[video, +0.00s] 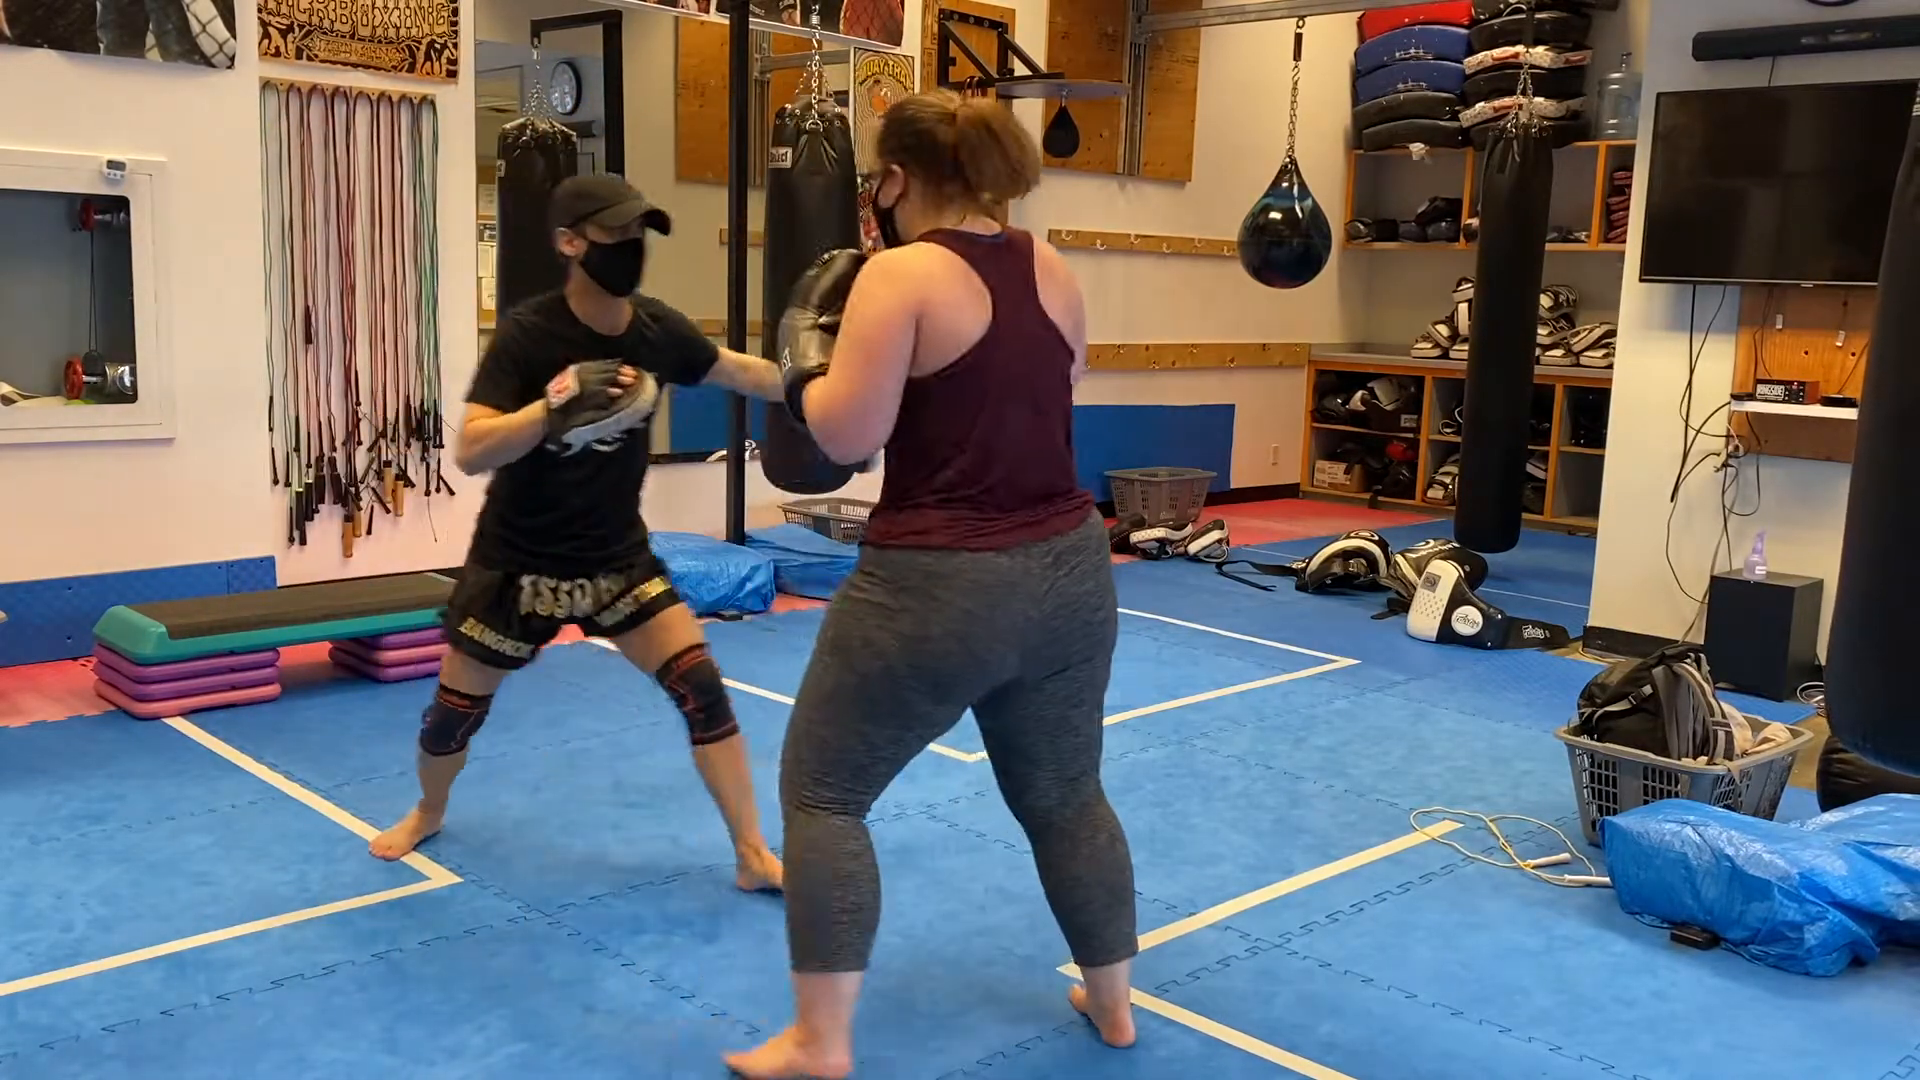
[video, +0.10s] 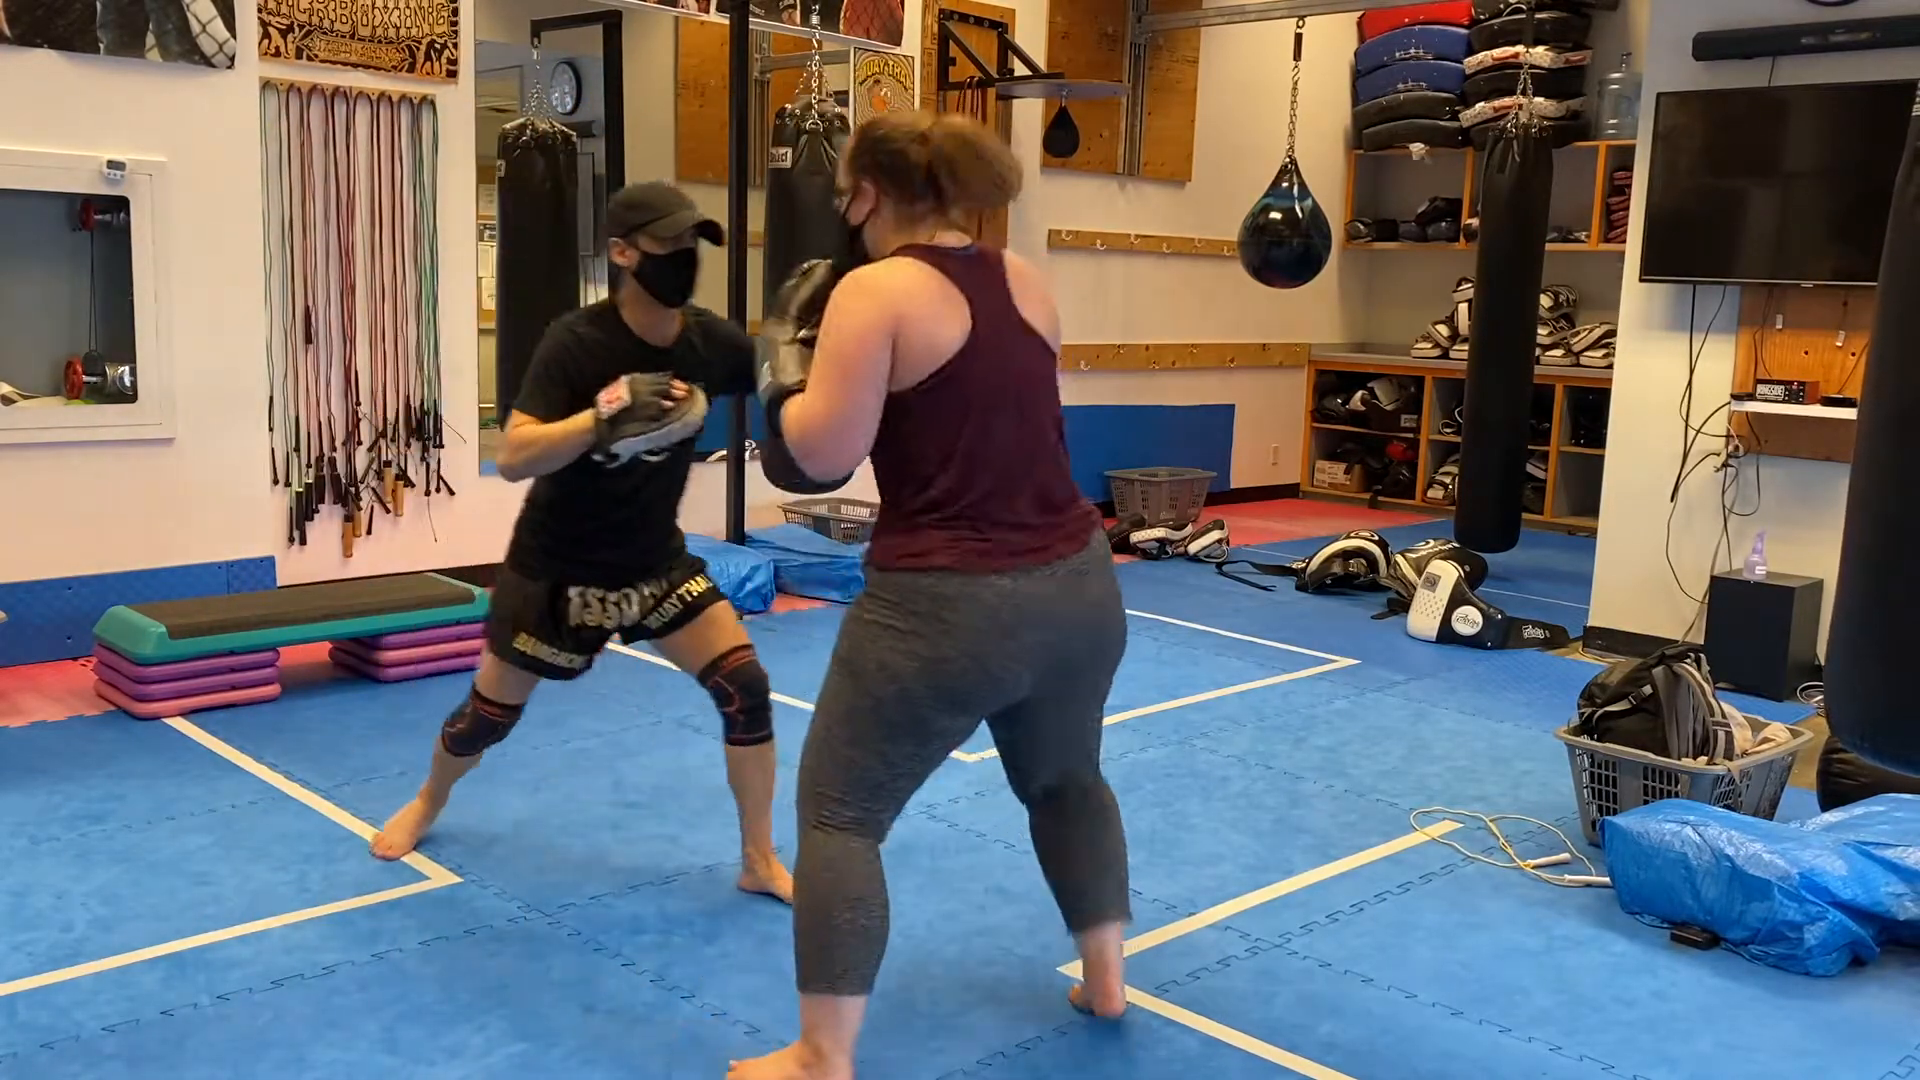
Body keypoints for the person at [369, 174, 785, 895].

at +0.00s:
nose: (636, 248)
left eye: (639, 235)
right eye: (618, 237)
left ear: (642, 237)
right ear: (570, 243)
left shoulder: (658, 331)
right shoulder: (528, 332)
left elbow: (746, 373)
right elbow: (472, 448)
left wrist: (818, 376)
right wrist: (558, 408)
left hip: (617, 554)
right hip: (516, 555)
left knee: (702, 688)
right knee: (448, 723)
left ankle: (752, 852)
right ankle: (429, 813)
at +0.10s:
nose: (689, 257)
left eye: (693, 243)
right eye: (671, 245)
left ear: (699, 246)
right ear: (622, 254)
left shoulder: (712, 344)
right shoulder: (575, 343)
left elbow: (776, 376)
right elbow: (514, 454)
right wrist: (605, 420)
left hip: (653, 554)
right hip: (554, 559)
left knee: (745, 687)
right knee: (487, 718)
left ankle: (759, 858)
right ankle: (425, 806)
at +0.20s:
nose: (722, 262)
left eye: (727, 249)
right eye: (704, 250)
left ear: (735, 250)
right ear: (657, 254)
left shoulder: (741, 341)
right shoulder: (608, 344)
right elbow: (538, 455)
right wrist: (627, 425)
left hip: (675, 550)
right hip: (581, 554)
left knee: (767, 694)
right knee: (503, 721)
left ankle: (761, 858)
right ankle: (436, 806)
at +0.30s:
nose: (733, 264)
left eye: (737, 249)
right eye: (715, 252)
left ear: (747, 245)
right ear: (667, 257)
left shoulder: (758, 338)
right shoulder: (617, 346)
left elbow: (842, 364)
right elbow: (539, 456)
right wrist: (629, 429)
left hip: (692, 565)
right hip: (590, 567)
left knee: (779, 699)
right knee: (504, 725)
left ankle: (763, 856)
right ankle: (434, 833)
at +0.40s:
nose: (728, 263)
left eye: (730, 249)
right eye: (709, 252)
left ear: (736, 248)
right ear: (657, 258)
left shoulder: (750, 329)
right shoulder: (606, 348)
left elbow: (847, 325)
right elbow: (528, 462)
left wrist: (928, 297)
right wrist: (610, 437)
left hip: (696, 569)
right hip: (591, 570)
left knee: (783, 700)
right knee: (504, 724)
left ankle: (765, 858)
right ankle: (409, 868)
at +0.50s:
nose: (697, 258)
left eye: (699, 244)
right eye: (680, 247)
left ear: (701, 240)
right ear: (627, 251)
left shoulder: (719, 322)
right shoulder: (572, 348)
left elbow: (829, 304)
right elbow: (500, 467)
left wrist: (872, 264)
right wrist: (577, 434)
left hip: (682, 571)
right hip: (574, 576)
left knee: (773, 704)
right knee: (496, 729)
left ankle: (764, 859)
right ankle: (388, 902)